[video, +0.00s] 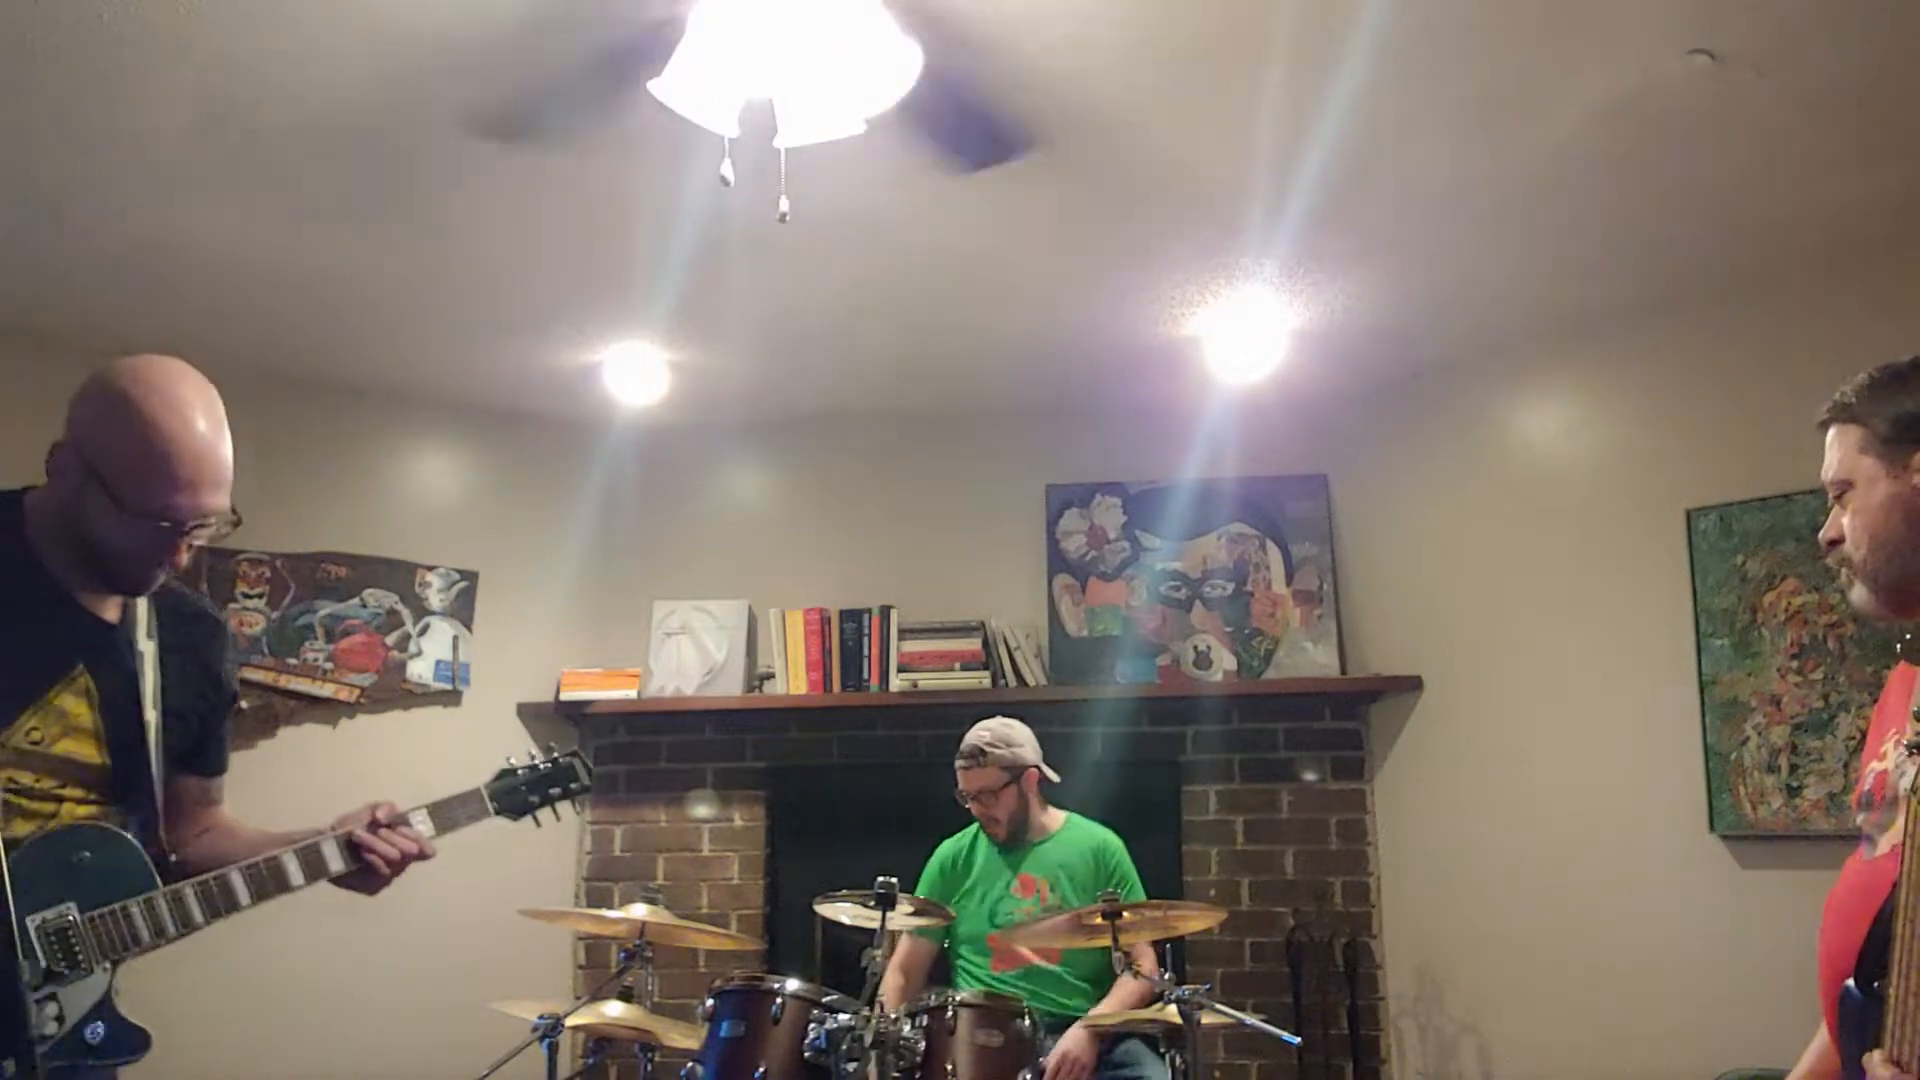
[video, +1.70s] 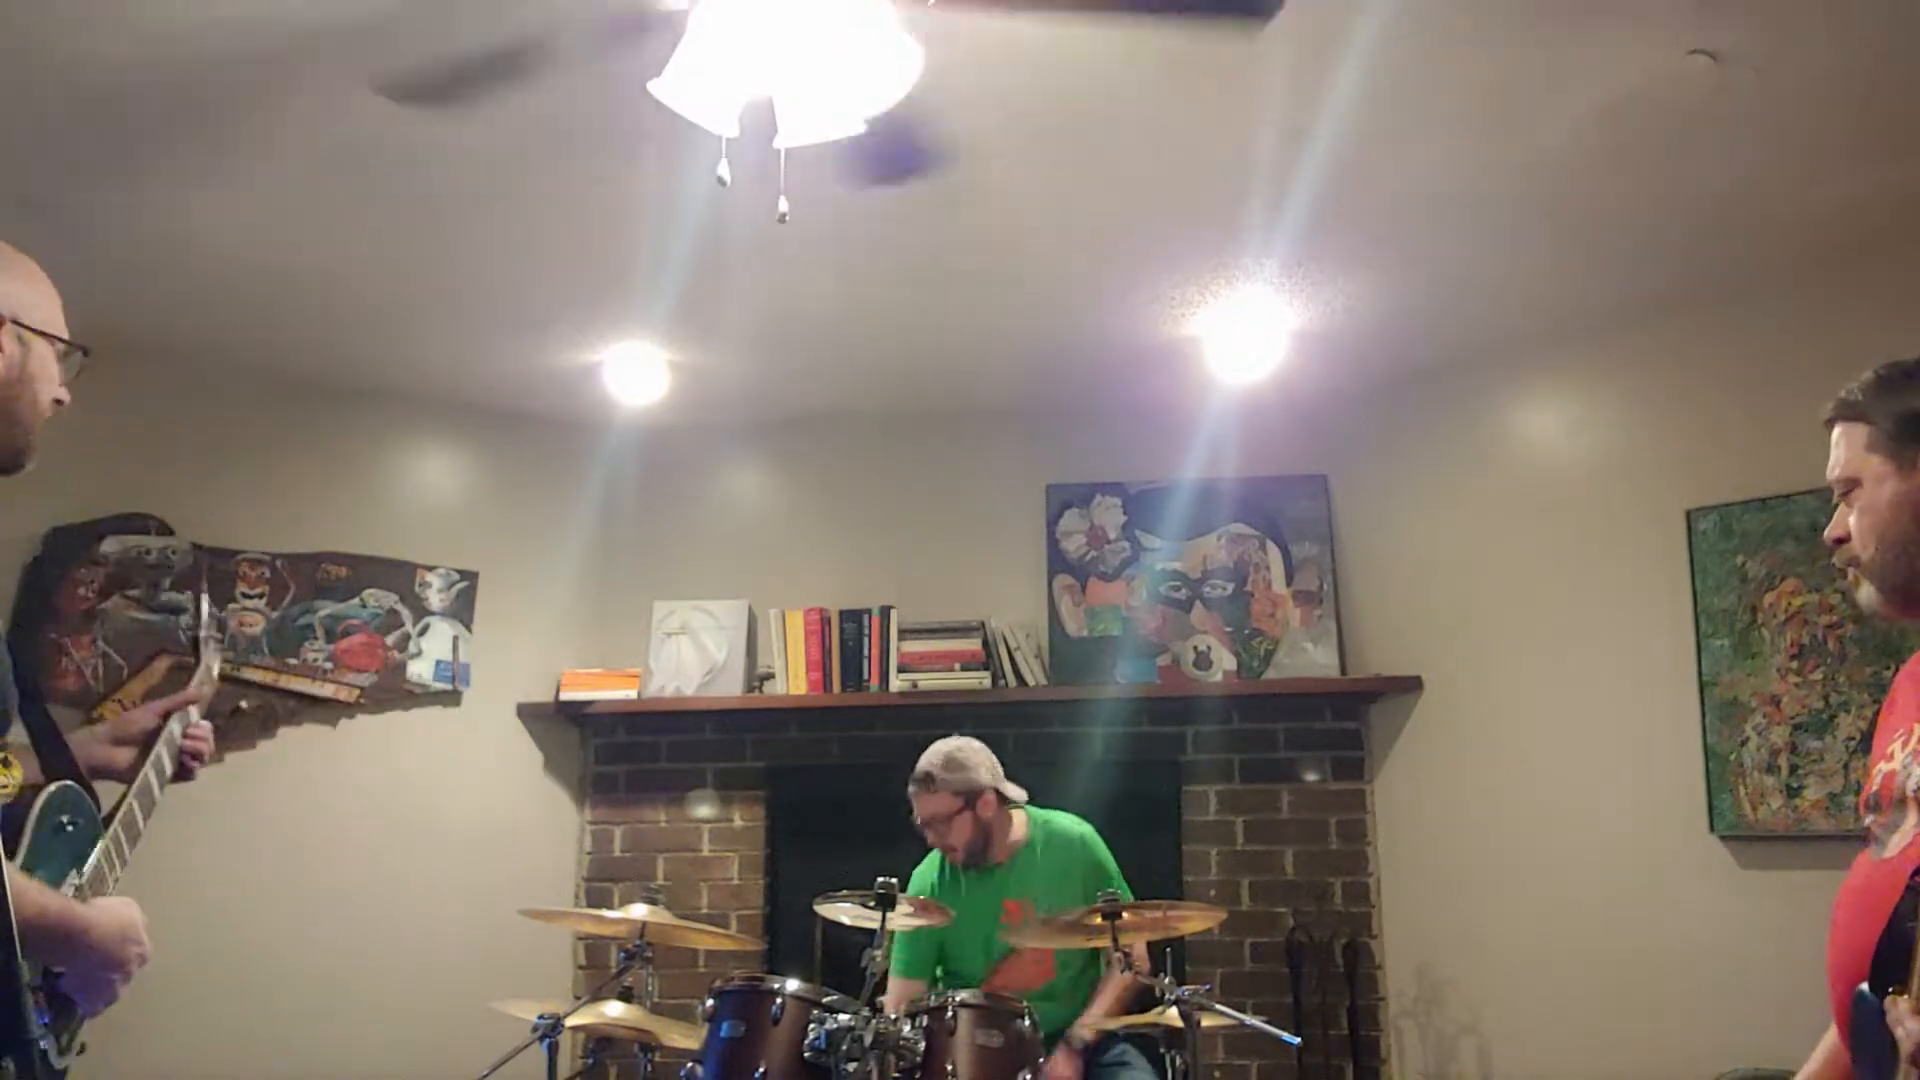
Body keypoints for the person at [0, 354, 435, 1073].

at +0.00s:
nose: (182, 556)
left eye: (204, 527)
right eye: (162, 527)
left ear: (223, 495)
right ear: (65, 470)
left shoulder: (189, 635)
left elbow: (190, 835)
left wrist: (328, 846)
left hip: (61, 1029)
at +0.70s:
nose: (178, 434)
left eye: (186, 408)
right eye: (139, 406)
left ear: (194, 418)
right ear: (31, 417)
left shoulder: (185, 615)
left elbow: (221, 810)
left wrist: (359, 775)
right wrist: (19, 916)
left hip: (120, 1033)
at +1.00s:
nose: (166, 404)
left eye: (166, 381)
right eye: (128, 372)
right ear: (16, 385)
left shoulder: (142, 618)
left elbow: (176, 793)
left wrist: (336, 758)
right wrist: (26, 920)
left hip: (89, 1037)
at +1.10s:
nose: (156, 398)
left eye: (153, 374)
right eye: (124, 363)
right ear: (11, 373)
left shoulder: (95, 600)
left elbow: (135, 790)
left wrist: (311, 750)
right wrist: (25, 914)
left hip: (58, 1033)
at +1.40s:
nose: (113, 404)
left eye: (111, 374)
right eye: (100, 368)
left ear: (19, 361)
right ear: (17, 359)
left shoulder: (19, 589)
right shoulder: (16, 590)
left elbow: (49, 789)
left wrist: (207, 743)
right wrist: (49, 923)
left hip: (37, 1025)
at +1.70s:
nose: (64, 394)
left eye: (66, 361)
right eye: (59, 355)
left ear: (12, 349)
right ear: (5, 345)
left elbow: (0, 766)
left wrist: (91, 749)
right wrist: (61, 926)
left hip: (22, 1023)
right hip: (12, 1029)